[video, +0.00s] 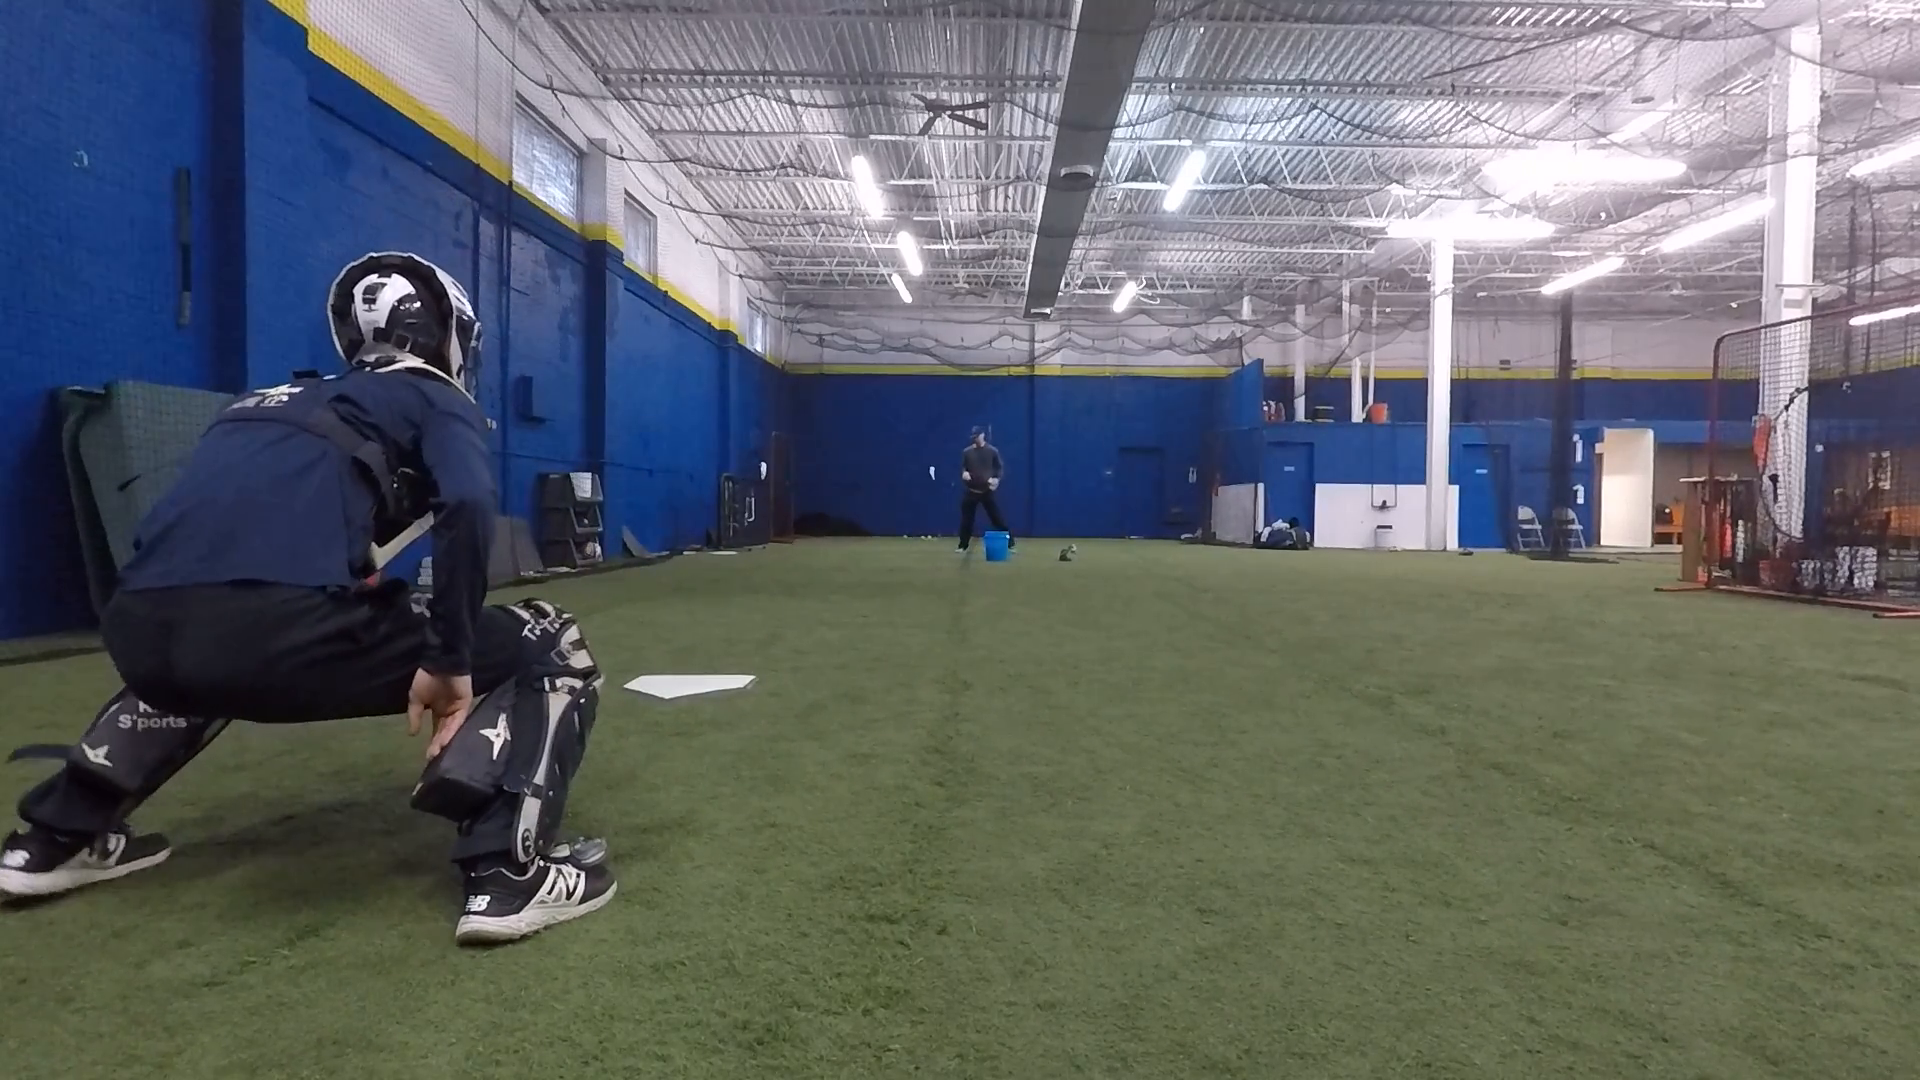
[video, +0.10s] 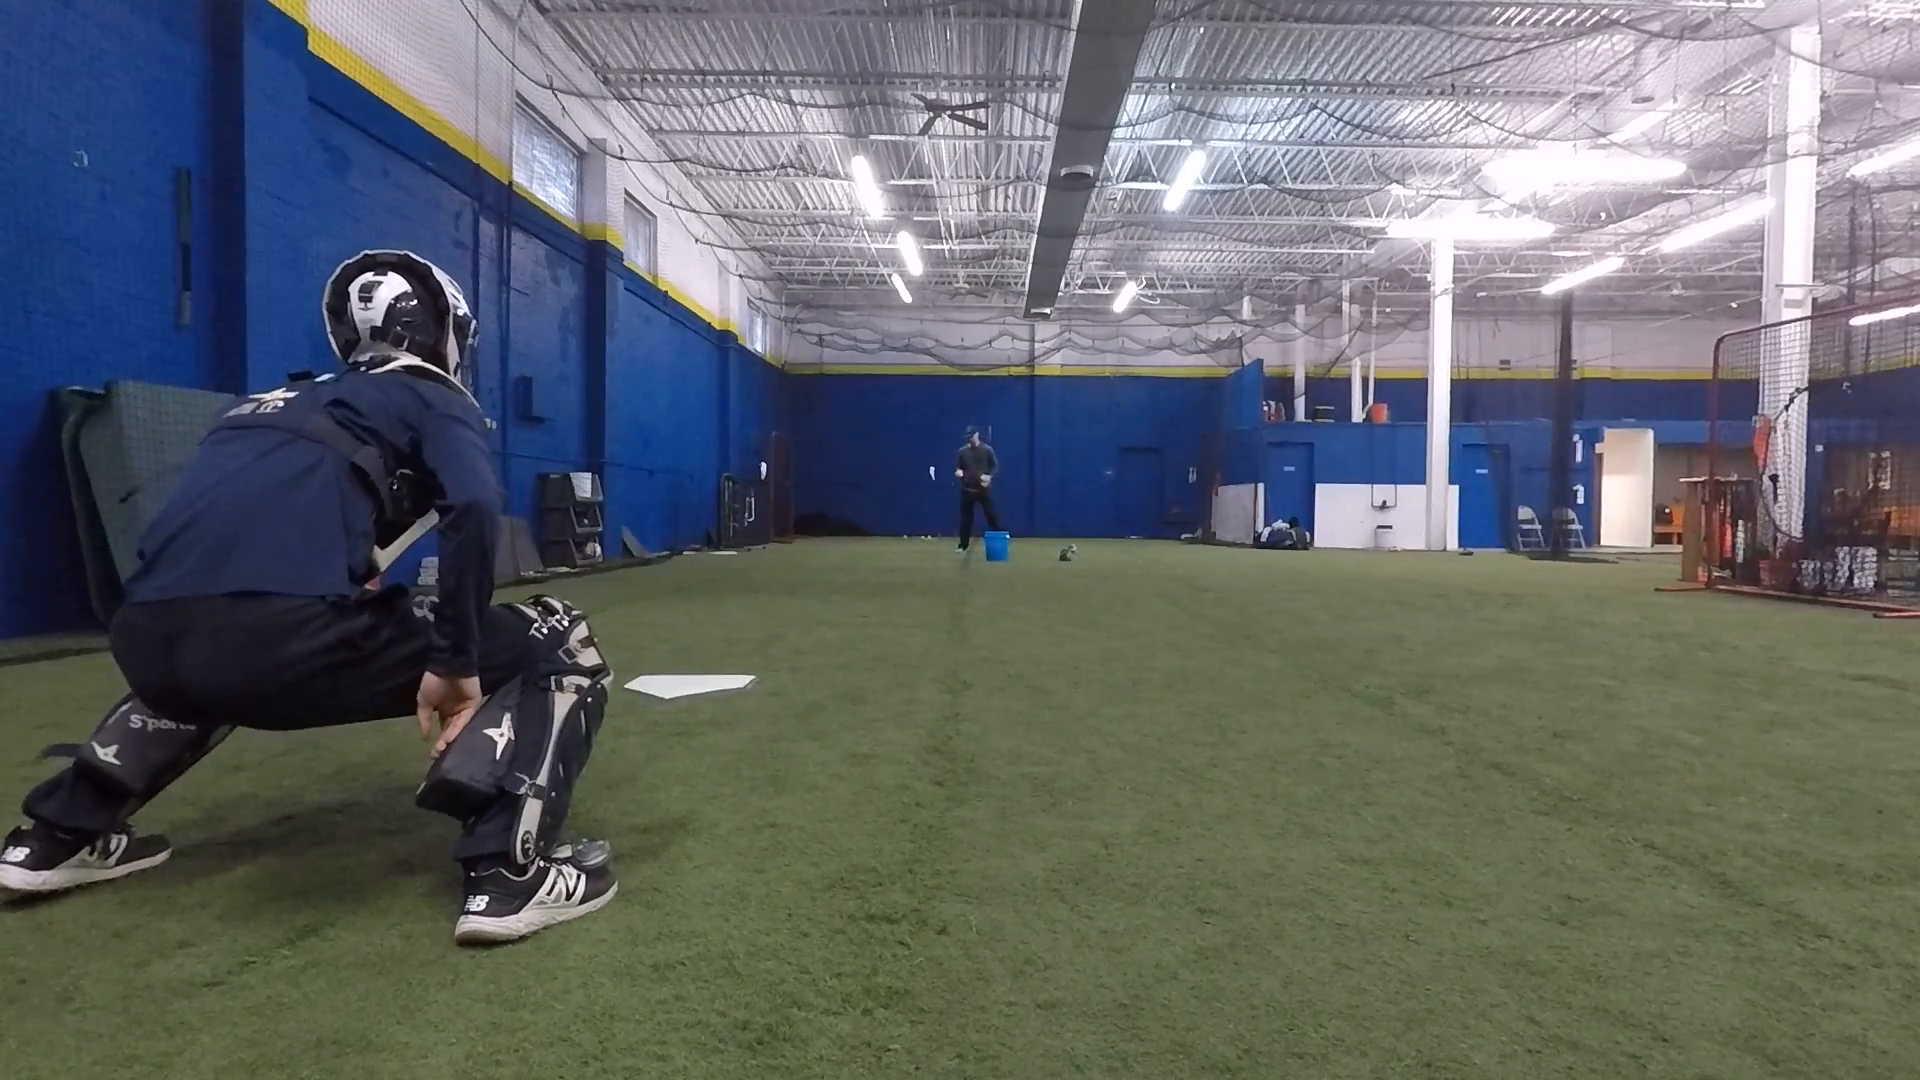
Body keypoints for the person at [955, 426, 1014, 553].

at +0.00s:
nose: (975, 438)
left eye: (977, 435)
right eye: (974, 436)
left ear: (983, 435)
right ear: (972, 437)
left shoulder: (993, 451)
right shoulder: (967, 452)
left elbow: (999, 467)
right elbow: (963, 466)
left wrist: (997, 478)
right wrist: (964, 473)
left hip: (987, 491)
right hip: (971, 491)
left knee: (996, 518)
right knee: (966, 520)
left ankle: (1009, 543)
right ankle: (963, 545)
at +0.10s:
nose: (970, 438)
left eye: (972, 435)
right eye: (968, 436)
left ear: (977, 435)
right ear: (966, 437)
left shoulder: (987, 450)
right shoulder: (962, 451)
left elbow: (994, 466)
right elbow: (958, 466)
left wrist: (989, 476)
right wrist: (958, 471)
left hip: (983, 490)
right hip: (967, 490)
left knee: (990, 515)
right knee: (965, 518)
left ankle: (998, 541)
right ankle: (963, 544)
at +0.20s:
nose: (967, 439)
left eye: (968, 436)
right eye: (965, 437)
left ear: (974, 435)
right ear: (962, 438)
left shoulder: (984, 450)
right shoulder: (959, 451)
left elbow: (991, 466)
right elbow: (956, 466)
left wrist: (983, 475)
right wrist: (956, 471)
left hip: (980, 489)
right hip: (965, 489)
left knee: (985, 514)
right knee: (964, 518)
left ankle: (990, 542)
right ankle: (962, 544)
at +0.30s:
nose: (965, 438)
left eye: (966, 435)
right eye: (963, 436)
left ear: (971, 434)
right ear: (961, 437)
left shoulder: (982, 449)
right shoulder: (957, 452)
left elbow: (989, 466)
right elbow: (955, 468)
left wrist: (976, 474)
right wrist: (961, 473)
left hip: (979, 490)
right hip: (964, 489)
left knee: (980, 516)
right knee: (963, 517)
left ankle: (983, 542)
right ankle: (963, 544)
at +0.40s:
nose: (965, 438)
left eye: (966, 435)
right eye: (963, 436)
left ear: (971, 434)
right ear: (960, 437)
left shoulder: (981, 449)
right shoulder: (957, 451)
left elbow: (988, 467)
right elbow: (953, 467)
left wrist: (974, 474)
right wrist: (959, 471)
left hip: (976, 490)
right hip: (962, 490)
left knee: (977, 517)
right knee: (962, 518)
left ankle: (981, 543)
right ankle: (962, 544)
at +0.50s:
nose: (965, 437)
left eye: (966, 434)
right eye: (962, 435)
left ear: (971, 433)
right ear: (960, 436)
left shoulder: (980, 449)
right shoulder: (956, 451)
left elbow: (987, 467)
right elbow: (952, 467)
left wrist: (973, 473)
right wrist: (958, 471)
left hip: (976, 489)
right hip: (961, 490)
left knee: (976, 517)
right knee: (962, 518)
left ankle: (982, 544)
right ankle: (962, 544)